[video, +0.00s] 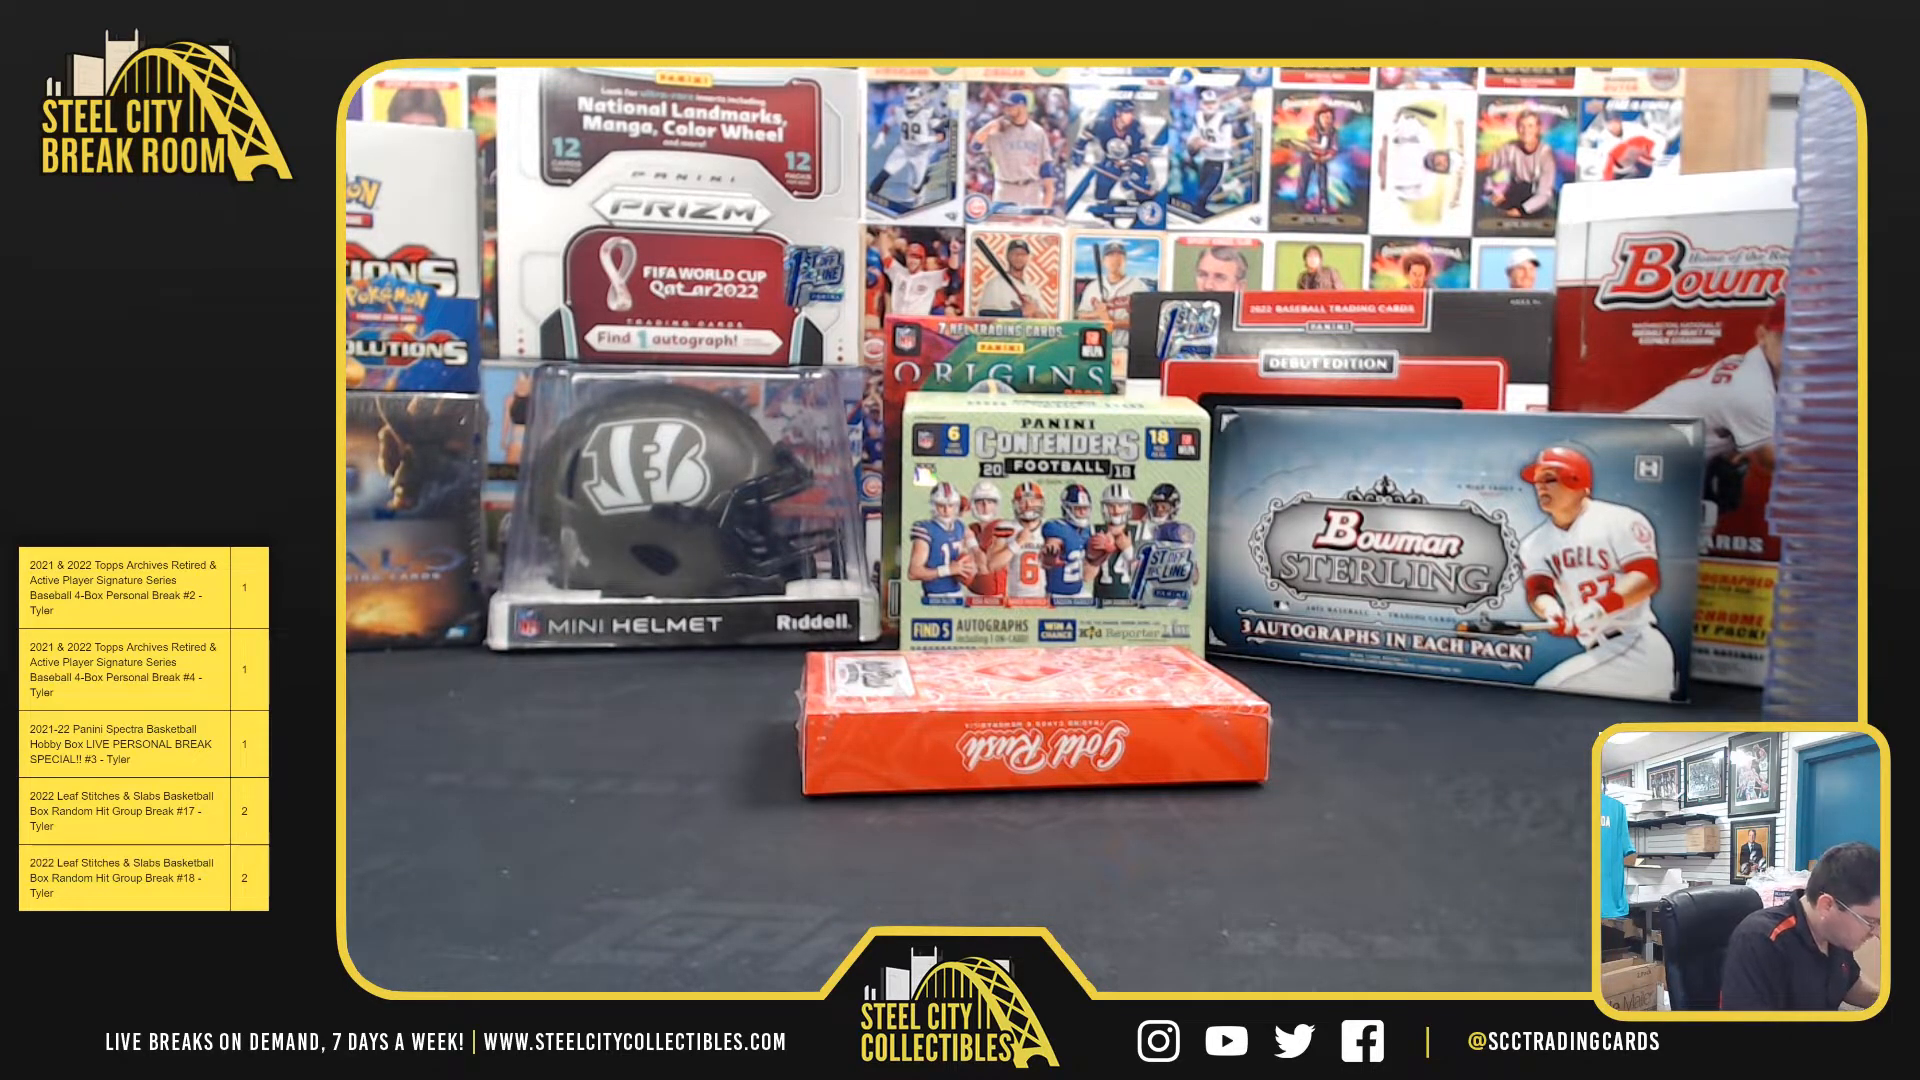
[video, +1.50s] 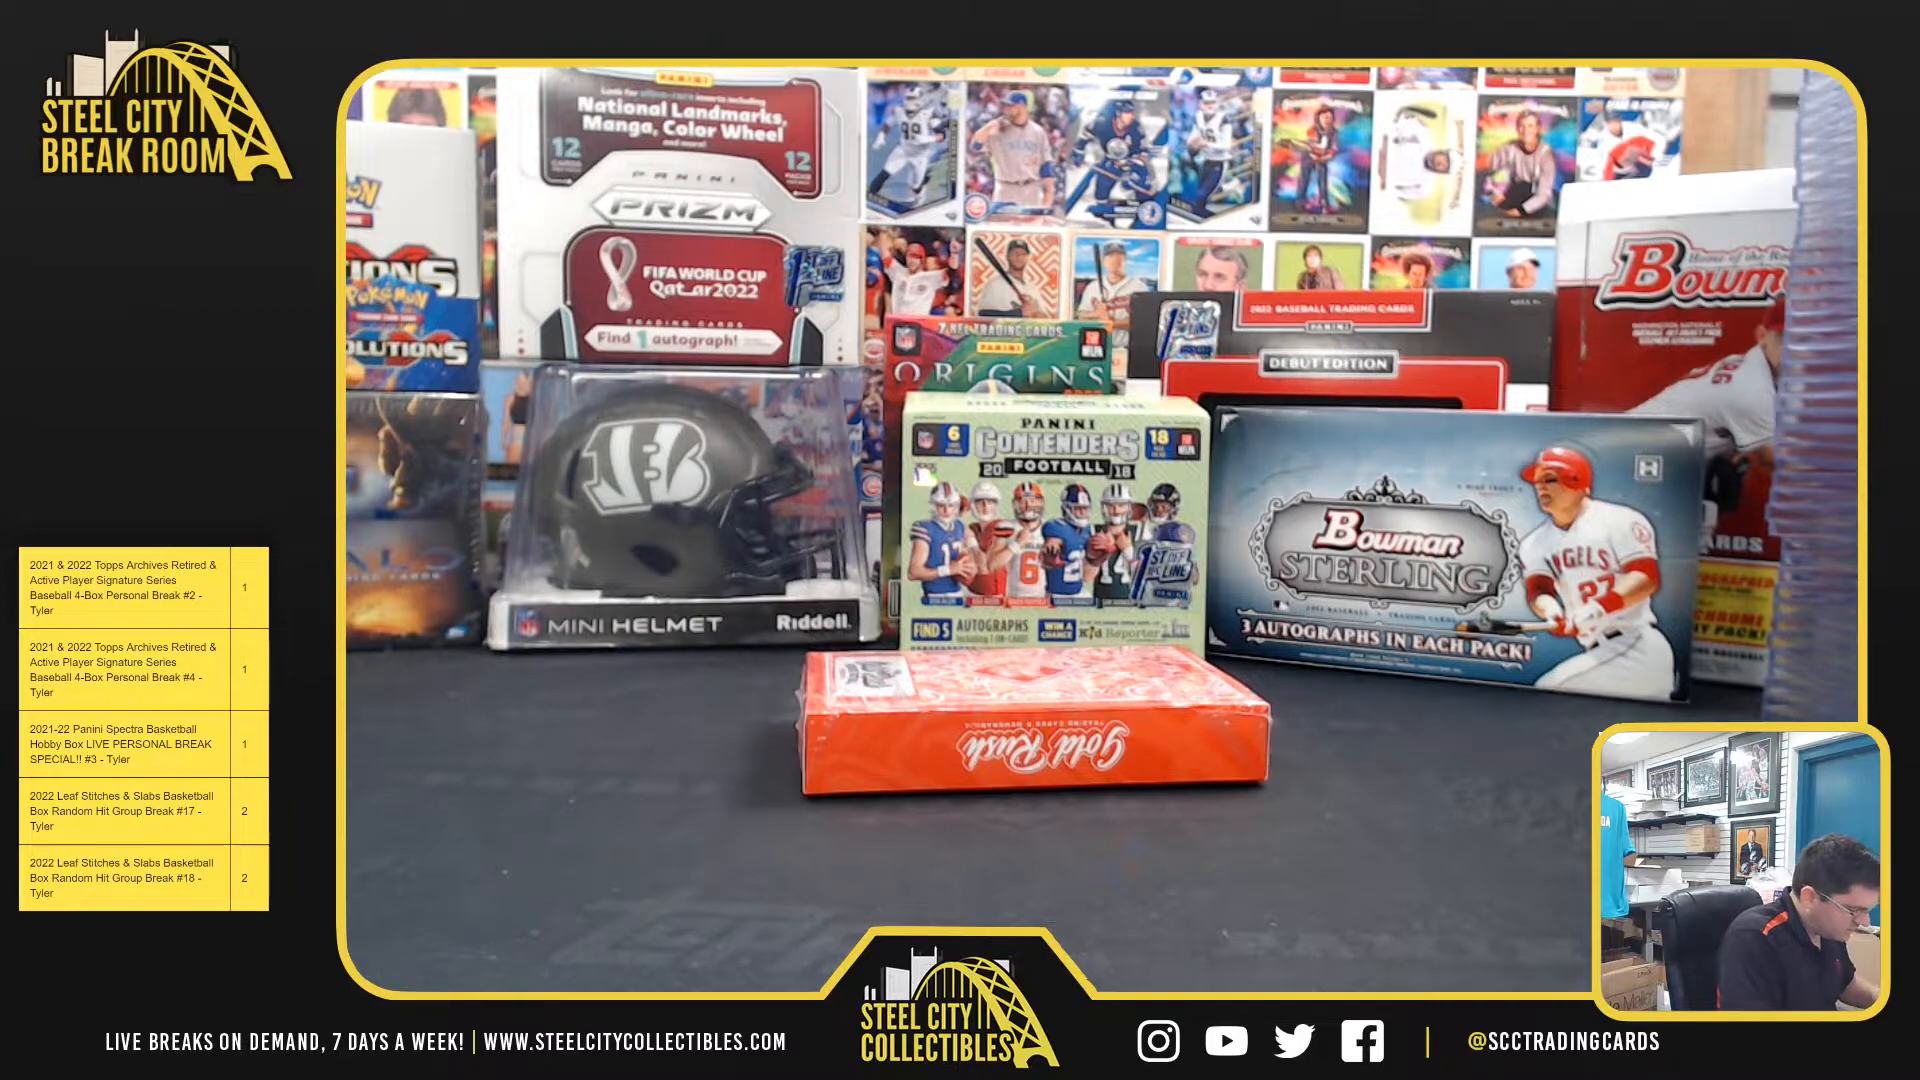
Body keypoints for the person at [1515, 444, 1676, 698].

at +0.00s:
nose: (1540, 489)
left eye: (1549, 480)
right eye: (1537, 483)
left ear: (1578, 484)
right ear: (1533, 487)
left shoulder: (1624, 521)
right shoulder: (1534, 545)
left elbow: (1646, 577)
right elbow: (1538, 591)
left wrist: (1599, 608)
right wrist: (1553, 613)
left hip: (1638, 647)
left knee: (1547, 692)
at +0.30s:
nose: (1540, 490)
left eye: (1550, 481)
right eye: (1537, 483)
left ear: (1578, 484)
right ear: (1533, 488)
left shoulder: (1624, 521)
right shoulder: (1534, 545)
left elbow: (1646, 577)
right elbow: (1538, 591)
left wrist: (1598, 608)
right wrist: (1554, 614)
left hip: (1638, 647)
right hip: (1598, 651)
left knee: (1546, 692)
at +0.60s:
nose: (1540, 490)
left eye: (1550, 481)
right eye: (1537, 483)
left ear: (1578, 484)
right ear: (1533, 488)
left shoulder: (1623, 521)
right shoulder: (1534, 545)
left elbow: (1646, 577)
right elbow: (1538, 591)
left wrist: (1599, 608)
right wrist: (1554, 614)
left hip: (1637, 648)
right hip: (1598, 651)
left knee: (1546, 693)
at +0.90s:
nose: (1540, 490)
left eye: (1550, 481)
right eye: (1537, 484)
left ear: (1578, 484)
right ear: (1533, 488)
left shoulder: (1624, 521)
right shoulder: (1534, 545)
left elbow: (1646, 577)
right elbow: (1538, 592)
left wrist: (1598, 608)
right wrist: (1554, 614)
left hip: (1638, 647)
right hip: (1598, 651)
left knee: (1546, 693)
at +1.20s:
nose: (1540, 490)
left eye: (1550, 481)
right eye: (1537, 484)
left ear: (1578, 484)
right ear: (1533, 488)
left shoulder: (1624, 521)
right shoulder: (1534, 545)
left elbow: (1646, 577)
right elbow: (1538, 591)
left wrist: (1598, 608)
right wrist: (1554, 614)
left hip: (1638, 647)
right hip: (1598, 651)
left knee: (1546, 692)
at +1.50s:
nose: (1540, 490)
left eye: (1549, 480)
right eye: (1537, 483)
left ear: (1578, 484)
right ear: (1533, 488)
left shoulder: (1624, 521)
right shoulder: (1534, 545)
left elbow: (1646, 577)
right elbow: (1538, 591)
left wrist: (1599, 608)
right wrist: (1553, 613)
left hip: (1638, 649)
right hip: (1599, 652)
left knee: (1546, 692)